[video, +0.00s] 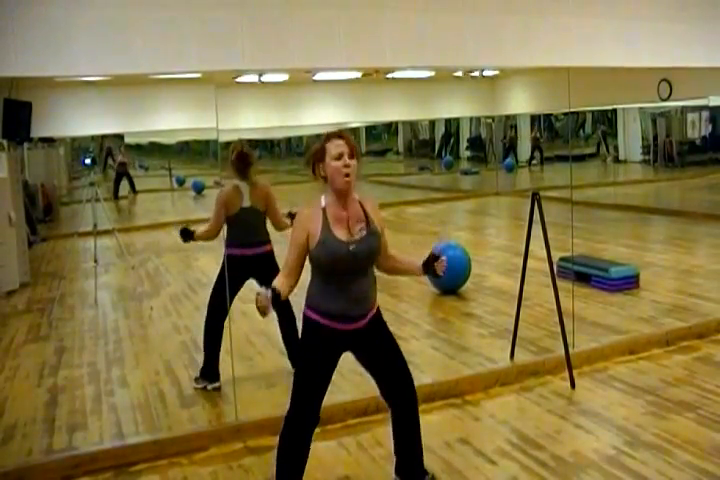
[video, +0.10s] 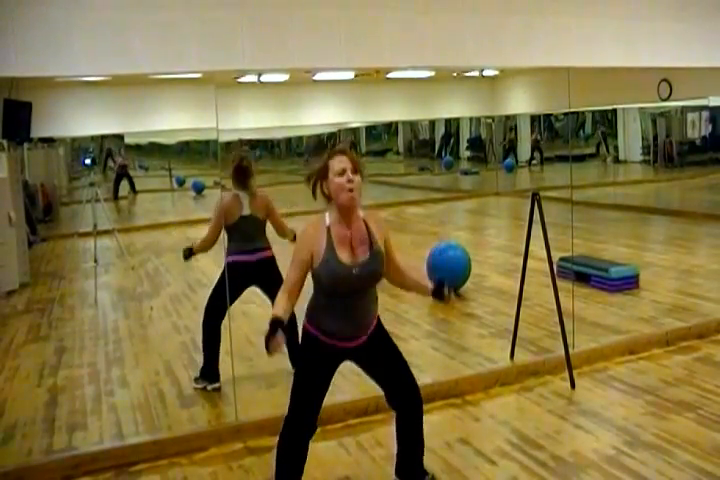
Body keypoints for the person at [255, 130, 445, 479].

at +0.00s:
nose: (347, 163)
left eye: (351, 156)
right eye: (338, 158)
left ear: (357, 163)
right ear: (321, 169)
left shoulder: (368, 209)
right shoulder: (308, 217)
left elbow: (384, 260)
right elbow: (289, 274)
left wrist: (423, 267)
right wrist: (273, 294)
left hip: (368, 325)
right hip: (322, 329)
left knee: (405, 398)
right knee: (302, 417)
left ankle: (411, 473)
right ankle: (287, 478)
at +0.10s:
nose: (351, 179)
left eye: (354, 172)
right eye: (341, 174)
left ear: (361, 179)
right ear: (325, 186)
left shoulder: (374, 225)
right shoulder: (313, 231)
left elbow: (395, 273)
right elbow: (290, 288)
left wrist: (433, 289)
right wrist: (277, 320)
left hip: (369, 335)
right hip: (322, 340)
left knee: (410, 400)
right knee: (300, 423)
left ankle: (411, 472)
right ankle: (286, 477)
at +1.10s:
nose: (368, 179)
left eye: (372, 172)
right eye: (358, 174)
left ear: (379, 180)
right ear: (340, 187)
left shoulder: (394, 228)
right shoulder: (328, 243)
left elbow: (414, 290)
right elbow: (304, 312)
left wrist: (445, 344)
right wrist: (285, 373)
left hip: (393, 353)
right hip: (340, 359)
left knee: (441, 427)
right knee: (312, 452)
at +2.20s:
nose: (403, 194)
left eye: (407, 187)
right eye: (391, 189)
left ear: (415, 196)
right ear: (372, 204)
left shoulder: (431, 249)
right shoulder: (360, 259)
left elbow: (453, 311)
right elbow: (330, 337)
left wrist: (482, 369)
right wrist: (304, 406)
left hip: (421, 377)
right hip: (365, 384)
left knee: (477, 447)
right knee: (337, 475)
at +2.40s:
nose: (407, 172)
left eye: (412, 163)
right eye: (395, 164)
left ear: (419, 170)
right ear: (374, 175)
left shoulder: (434, 218)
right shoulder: (362, 233)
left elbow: (466, 280)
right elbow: (326, 306)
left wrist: (515, 326)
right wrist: (294, 374)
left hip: (433, 367)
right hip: (377, 373)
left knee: (477, 449)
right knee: (347, 471)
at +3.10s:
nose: (429, 171)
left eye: (433, 162)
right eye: (417, 164)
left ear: (440, 170)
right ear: (394, 176)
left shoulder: (459, 230)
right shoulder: (380, 242)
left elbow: (476, 309)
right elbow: (356, 330)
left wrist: (504, 377)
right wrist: (337, 406)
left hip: (458, 386)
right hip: (396, 393)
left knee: (509, 473)